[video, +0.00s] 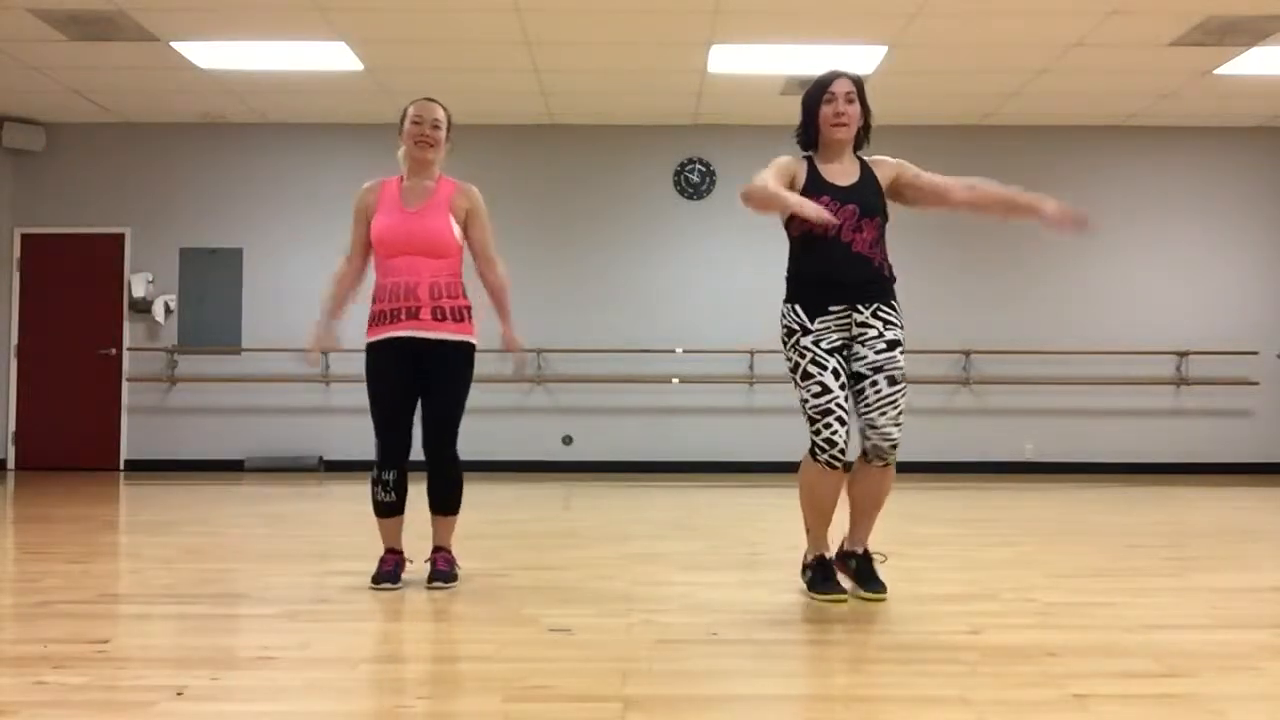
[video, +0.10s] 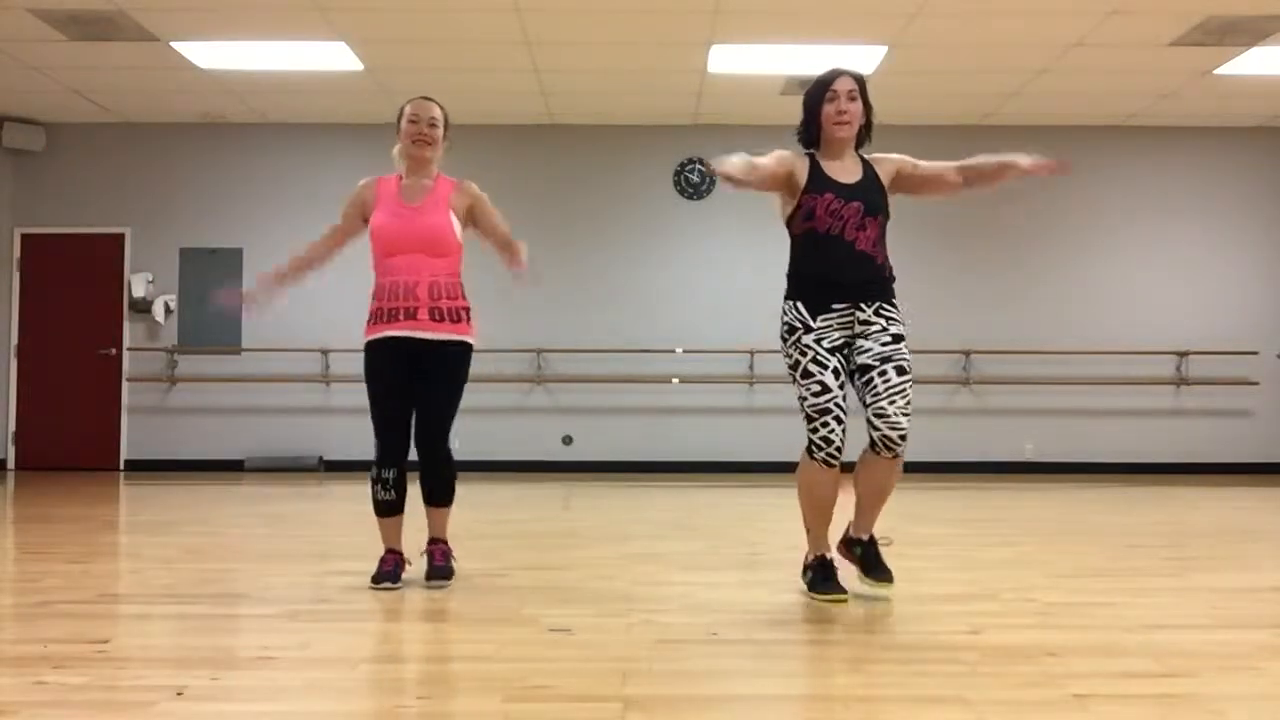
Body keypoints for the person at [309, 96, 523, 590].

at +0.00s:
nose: (425, 130)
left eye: (435, 124)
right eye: (417, 122)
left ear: (447, 138)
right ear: (400, 134)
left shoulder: (464, 196)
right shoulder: (372, 196)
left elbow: (489, 267)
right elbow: (354, 264)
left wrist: (507, 326)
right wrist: (327, 319)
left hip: (449, 339)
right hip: (389, 339)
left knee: (440, 446)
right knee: (391, 448)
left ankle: (443, 552)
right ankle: (391, 552)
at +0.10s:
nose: (422, 128)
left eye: (432, 123)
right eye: (413, 120)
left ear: (444, 138)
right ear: (397, 132)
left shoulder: (463, 194)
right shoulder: (373, 192)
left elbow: (505, 241)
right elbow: (326, 246)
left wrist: (515, 255)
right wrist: (276, 279)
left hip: (447, 336)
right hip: (388, 335)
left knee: (433, 441)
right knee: (390, 447)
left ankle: (438, 544)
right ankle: (392, 552)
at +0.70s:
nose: (426, 128)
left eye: (436, 123)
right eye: (418, 121)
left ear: (449, 138)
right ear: (403, 134)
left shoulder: (466, 192)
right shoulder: (381, 188)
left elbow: (543, 191)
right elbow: (310, 206)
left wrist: (495, 187)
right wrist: (249, 219)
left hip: (452, 336)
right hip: (393, 334)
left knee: (445, 447)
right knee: (394, 443)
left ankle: (437, 550)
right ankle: (390, 540)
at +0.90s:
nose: (423, 128)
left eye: (432, 122)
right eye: (414, 121)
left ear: (446, 136)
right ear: (400, 133)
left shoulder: (463, 188)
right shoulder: (374, 186)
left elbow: (519, 189)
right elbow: (300, 195)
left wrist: (528, 182)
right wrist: (238, 200)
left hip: (446, 337)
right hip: (387, 335)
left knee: (437, 445)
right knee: (390, 449)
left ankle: (436, 550)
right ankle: (396, 552)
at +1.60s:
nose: (419, 132)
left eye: (429, 127)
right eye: (410, 125)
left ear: (442, 141)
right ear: (396, 137)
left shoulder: (460, 188)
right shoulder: (375, 188)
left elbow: (524, 189)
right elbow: (315, 196)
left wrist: (552, 179)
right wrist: (293, 179)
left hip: (451, 339)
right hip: (391, 339)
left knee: (444, 447)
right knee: (396, 448)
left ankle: (431, 550)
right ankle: (395, 547)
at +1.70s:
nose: (416, 135)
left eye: (425, 129)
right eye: (407, 128)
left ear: (438, 143)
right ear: (392, 140)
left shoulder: (456, 193)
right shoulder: (368, 193)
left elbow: (533, 191)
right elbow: (300, 198)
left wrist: (588, 180)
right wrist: (311, 180)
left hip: (448, 342)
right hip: (388, 344)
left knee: (444, 449)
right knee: (396, 454)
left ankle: (431, 551)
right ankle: (400, 552)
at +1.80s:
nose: (413, 126)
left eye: (422, 121)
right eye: (404, 120)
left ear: (436, 136)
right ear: (390, 132)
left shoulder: (454, 184)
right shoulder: (367, 184)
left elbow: (527, 184)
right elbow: (299, 186)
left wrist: (594, 183)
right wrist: (312, 162)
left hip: (444, 335)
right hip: (386, 334)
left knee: (437, 445)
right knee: (391, 447)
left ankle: (430, 550)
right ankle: (397, 552)